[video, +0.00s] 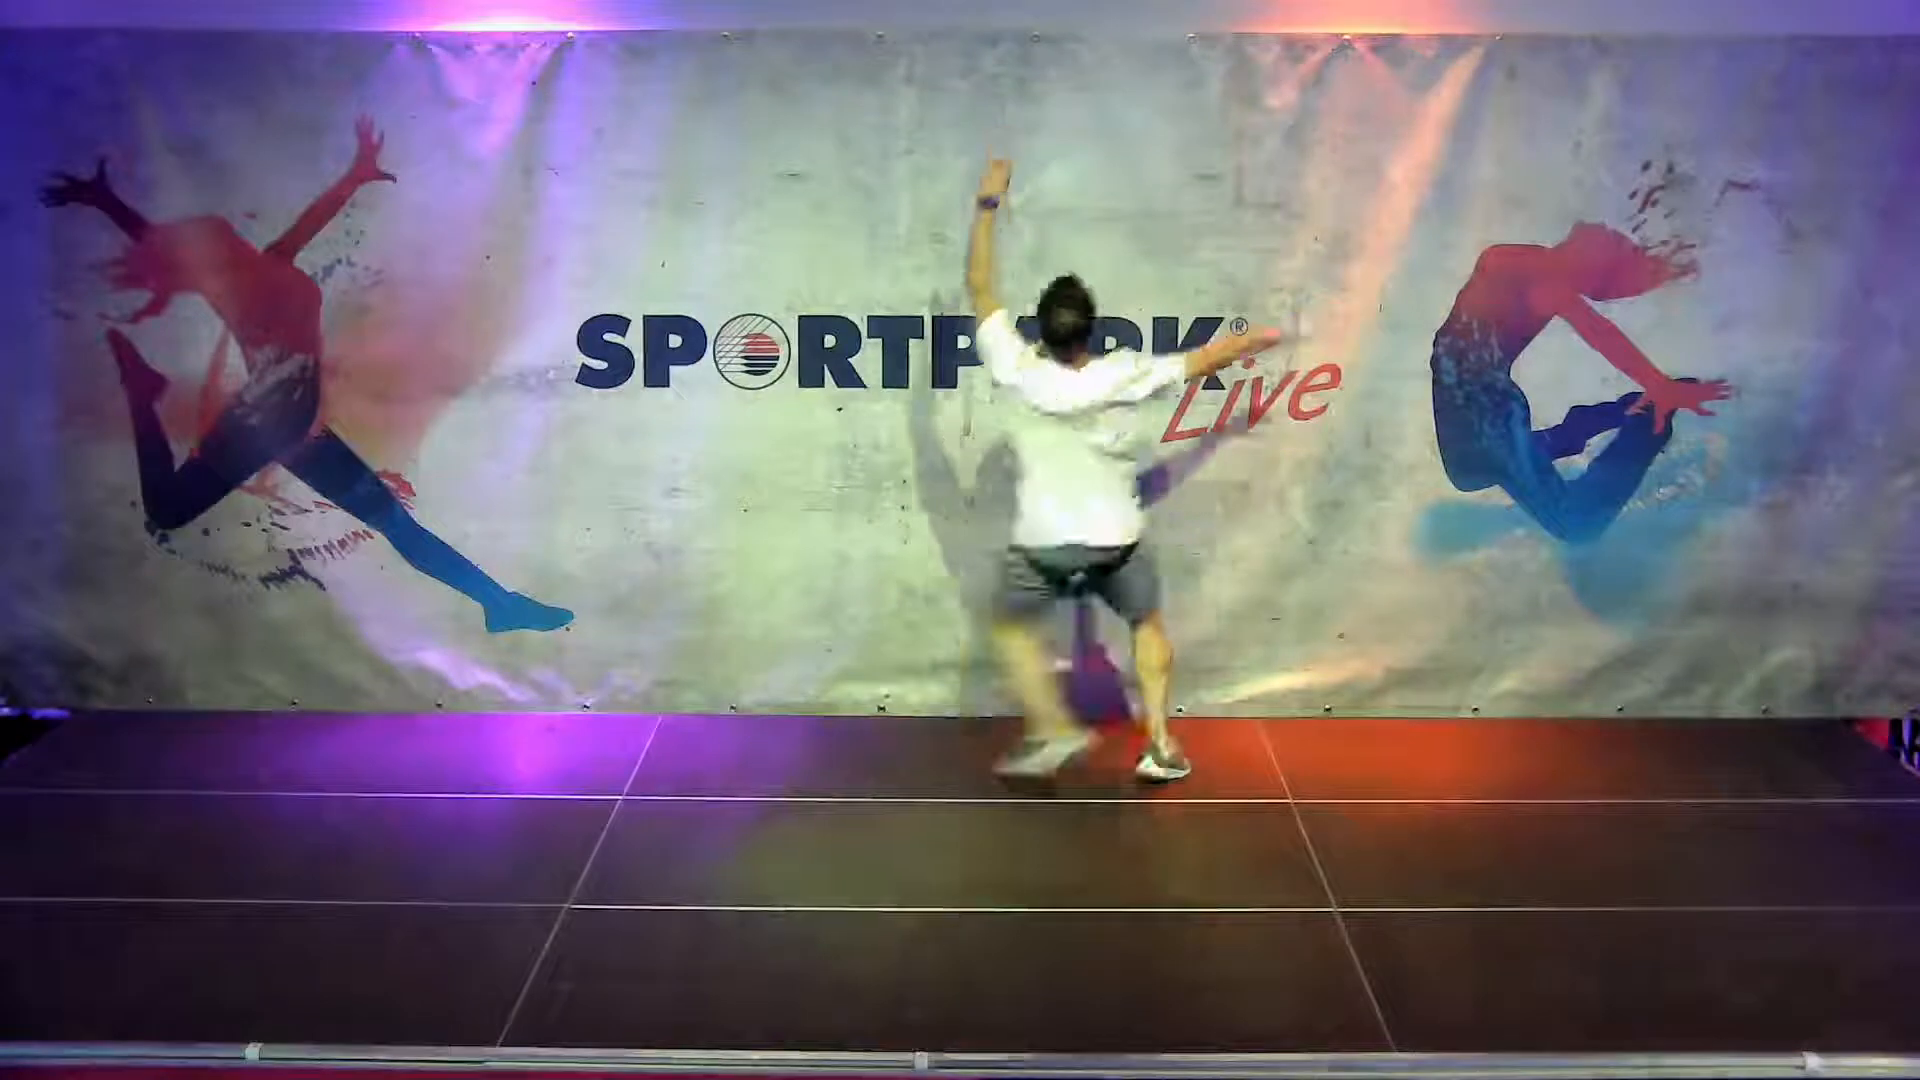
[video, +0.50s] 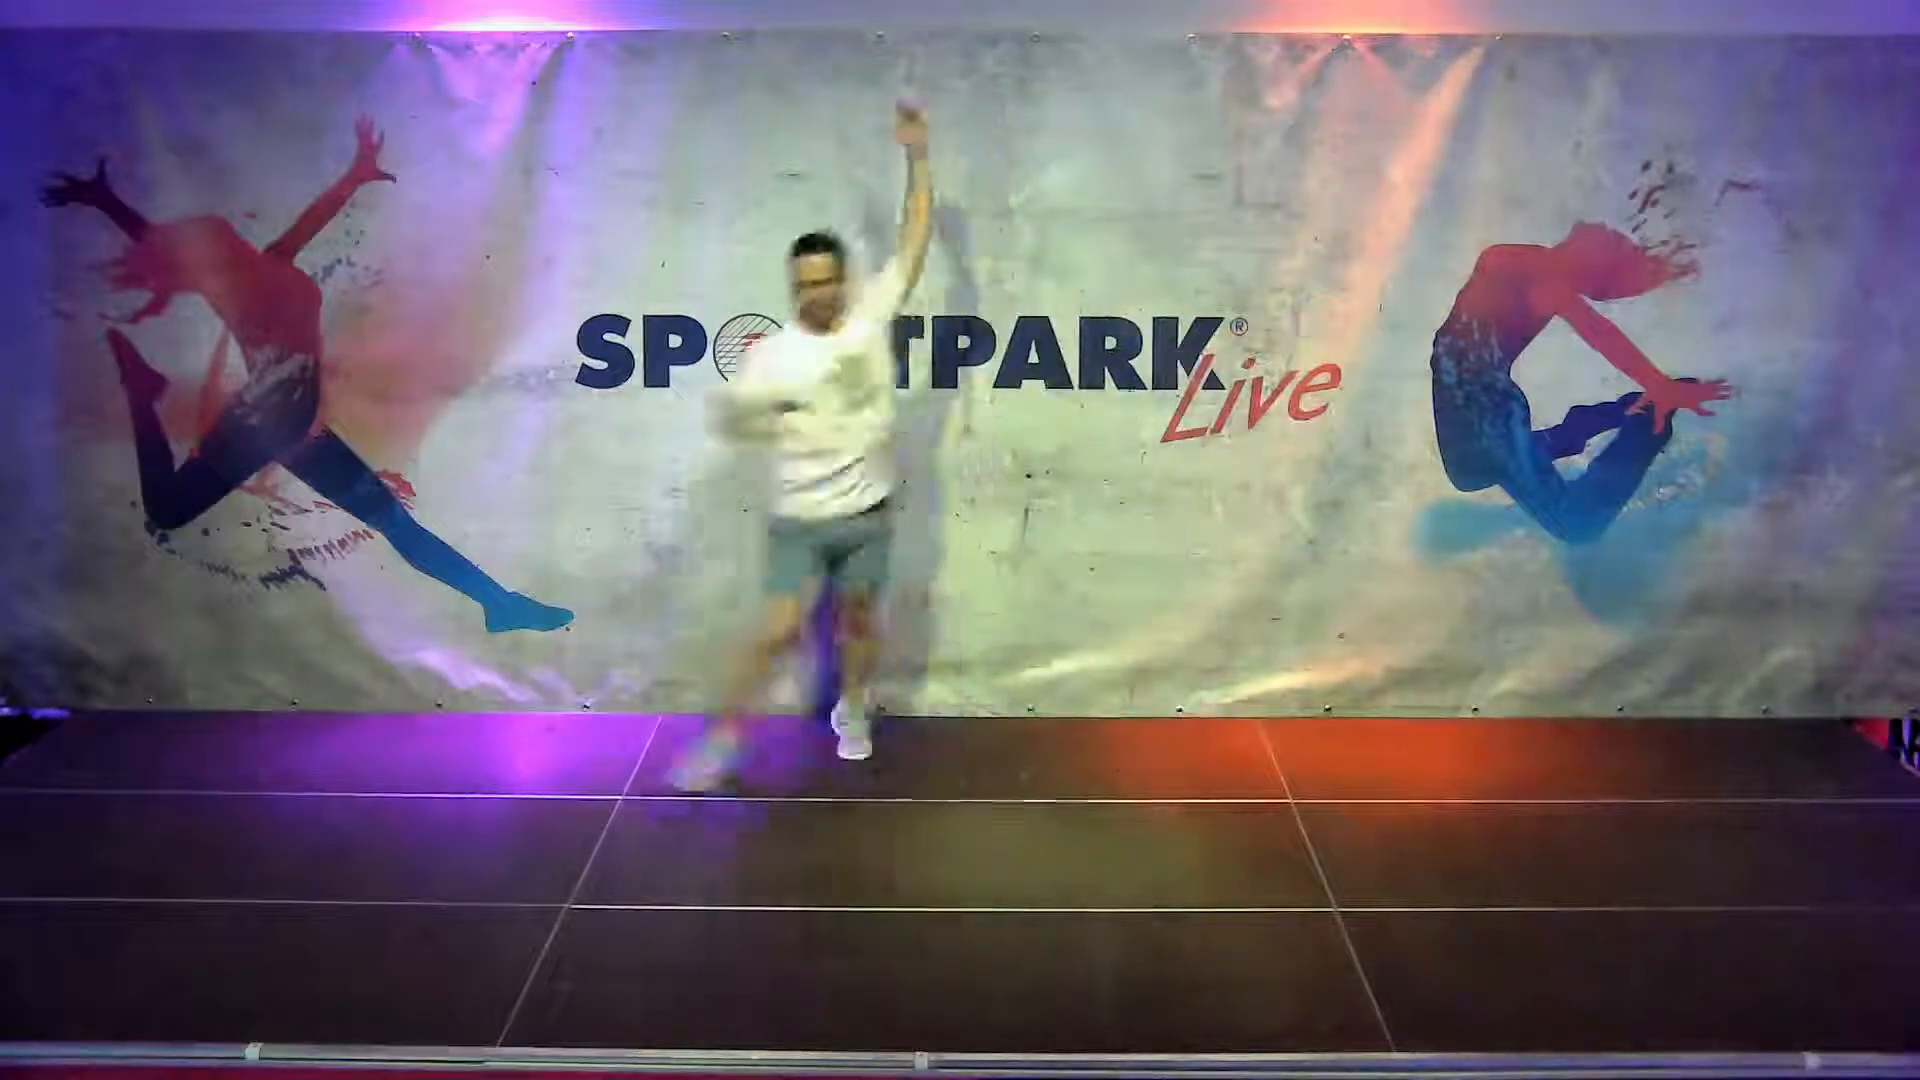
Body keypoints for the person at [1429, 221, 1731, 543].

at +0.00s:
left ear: (1597, 258)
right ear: (1596, 240)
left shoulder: (1548, 285)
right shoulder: (1522, 263)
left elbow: (1597, 331)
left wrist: (1657, 384)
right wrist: (1651, 270)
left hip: (1489, 403)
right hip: (1453, 391)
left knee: (1575, 524)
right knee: (1467, 474)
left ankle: (1651, 421)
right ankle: (1571, 436)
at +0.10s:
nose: (1603, 235)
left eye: (1606, 248)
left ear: (1597, 260)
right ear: (1596, 239)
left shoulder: (1547, 285)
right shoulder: (1519, 262)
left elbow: (1597, 331)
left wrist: (1657, 384)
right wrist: (1647, 270)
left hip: (1489, 403)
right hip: (1453, 391)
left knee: (1575, 524)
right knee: (1467, 474)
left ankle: (1651, 421)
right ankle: (1569, 436)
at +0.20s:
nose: (1603, 235)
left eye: (1606, 248)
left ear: (1597, 260)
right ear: (1595, 239)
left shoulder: (1547, 285)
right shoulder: (1519, 262)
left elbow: (1597, 331)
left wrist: (1657, 384)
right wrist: (1647, 270)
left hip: (1489, 403)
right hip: (1453, 391)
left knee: (1575, 524)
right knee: (1467, 474)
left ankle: (1651, 420)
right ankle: (1569, 436)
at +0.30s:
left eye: (1603, 250)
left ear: (1596, 259)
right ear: (1594, 241)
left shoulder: (1547, 284)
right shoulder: (1520, 263)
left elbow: (1597, 331)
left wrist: (1656, 384)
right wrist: (1649, 270)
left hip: (1489, 403)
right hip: (1454, 390)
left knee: (1575, 524)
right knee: (1467, 474)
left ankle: (1651, 421)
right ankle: (1570, 436)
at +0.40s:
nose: (1602, 233)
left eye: (1606, 245)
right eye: (1613, 237)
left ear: (1596, 260)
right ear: (1594, 237)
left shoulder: (1547, 284)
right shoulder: (1527, 263)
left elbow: (1597, 331)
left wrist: (1657, 384)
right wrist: (1649, 271)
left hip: (1489, 403)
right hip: (1454, 390)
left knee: (1575, 524)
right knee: (1468, 474)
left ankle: (1651, 420)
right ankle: (1568, 437)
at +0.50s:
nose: (1601, 232)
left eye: (1607, 245)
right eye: (1613, 237)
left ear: (1595, 260)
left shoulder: (1548, 284)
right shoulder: (1528, 263)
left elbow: (1597, 331)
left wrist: (1657, 384)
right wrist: (1648, 271)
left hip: (1489, 403)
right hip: (1454, 390)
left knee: (1575, 524)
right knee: (1468, 474)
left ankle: (1651, 420)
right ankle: (1568, 437)